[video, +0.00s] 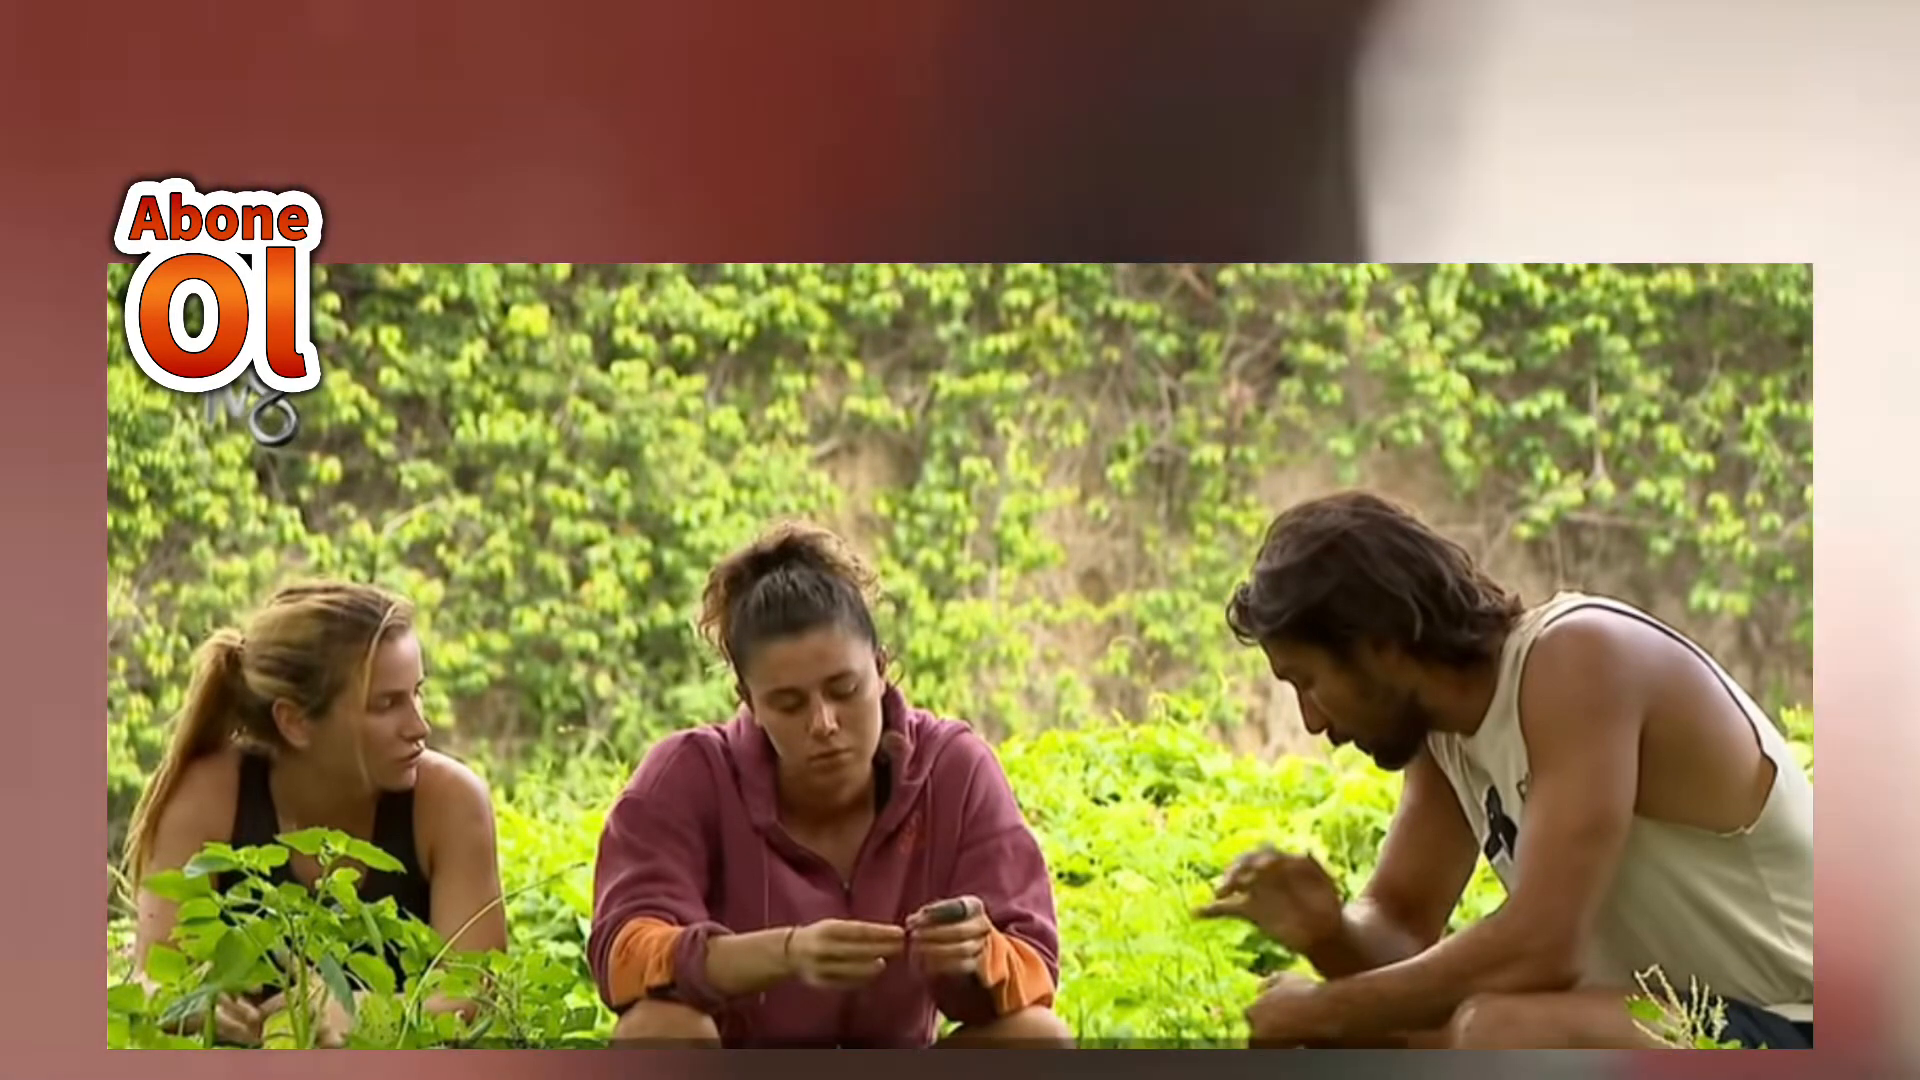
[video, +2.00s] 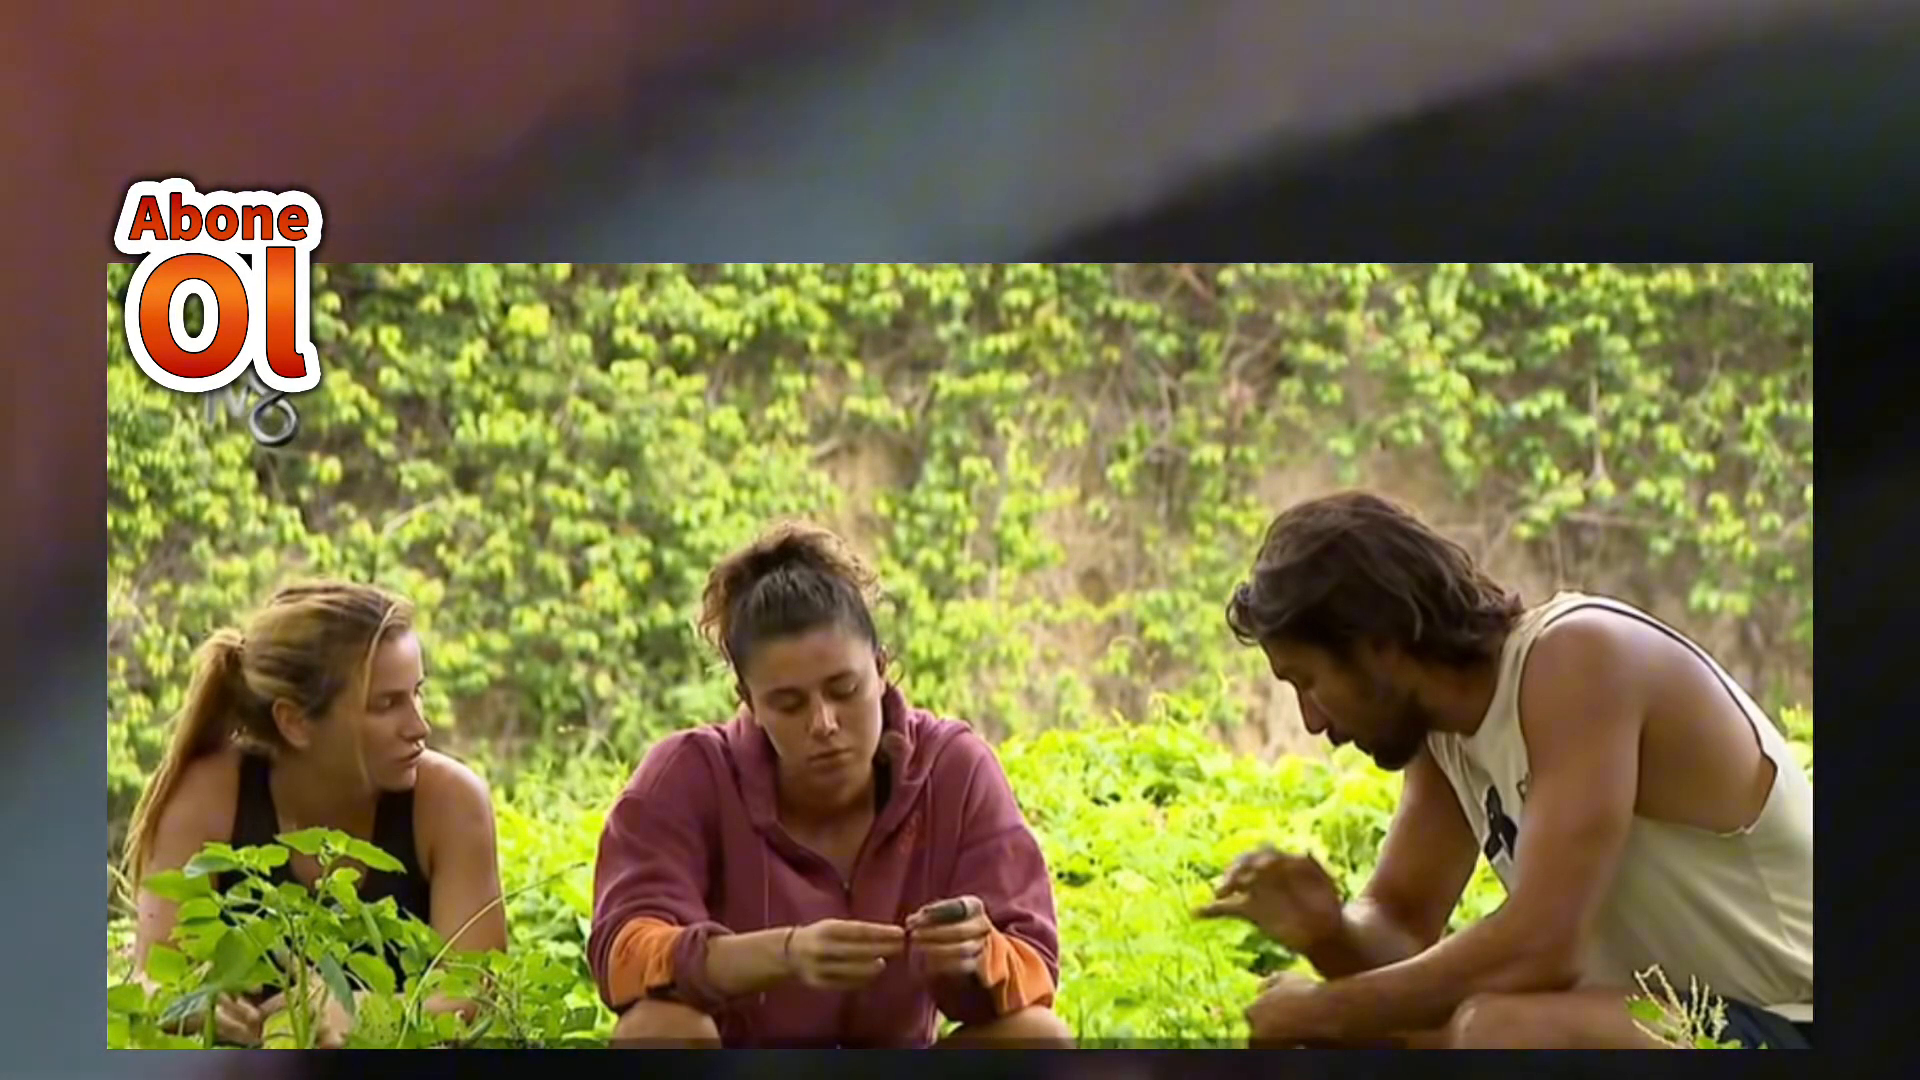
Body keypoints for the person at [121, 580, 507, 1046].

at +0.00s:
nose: (420, 725)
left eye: (417, 695)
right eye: (387, 704)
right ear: (295, 722)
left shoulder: (451, 800)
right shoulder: (206, 792)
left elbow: (470, 1000)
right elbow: (153, 982)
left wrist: (355, 1013)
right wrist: (200, 1008)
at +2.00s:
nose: (420, 725)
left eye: (417, 695)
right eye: (388, 705)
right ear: (295, 723)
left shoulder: (451, 800)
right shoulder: (206, 793)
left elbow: (470, 1001)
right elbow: (153, 985)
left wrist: (354, 1013)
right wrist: (203, 1009)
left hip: (385, 1068)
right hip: (239, 1068)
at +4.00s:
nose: (420, 725)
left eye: (417, 695)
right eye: (388, 705)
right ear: (295, 722)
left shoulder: (451, 799)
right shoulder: (205, 792)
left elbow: (470, 1000)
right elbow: (153, 983)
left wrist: (355, 1013)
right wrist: (200, 1008)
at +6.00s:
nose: (420, 725)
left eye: (417, 695)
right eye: (388, 705)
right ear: (295, 723)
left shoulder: (451, 799)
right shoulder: (205, 792)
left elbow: (470, 1002)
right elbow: (153, 984)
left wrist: (354, 1013)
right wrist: (198, 1008)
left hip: (384, 1069)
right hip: (237, 1066)